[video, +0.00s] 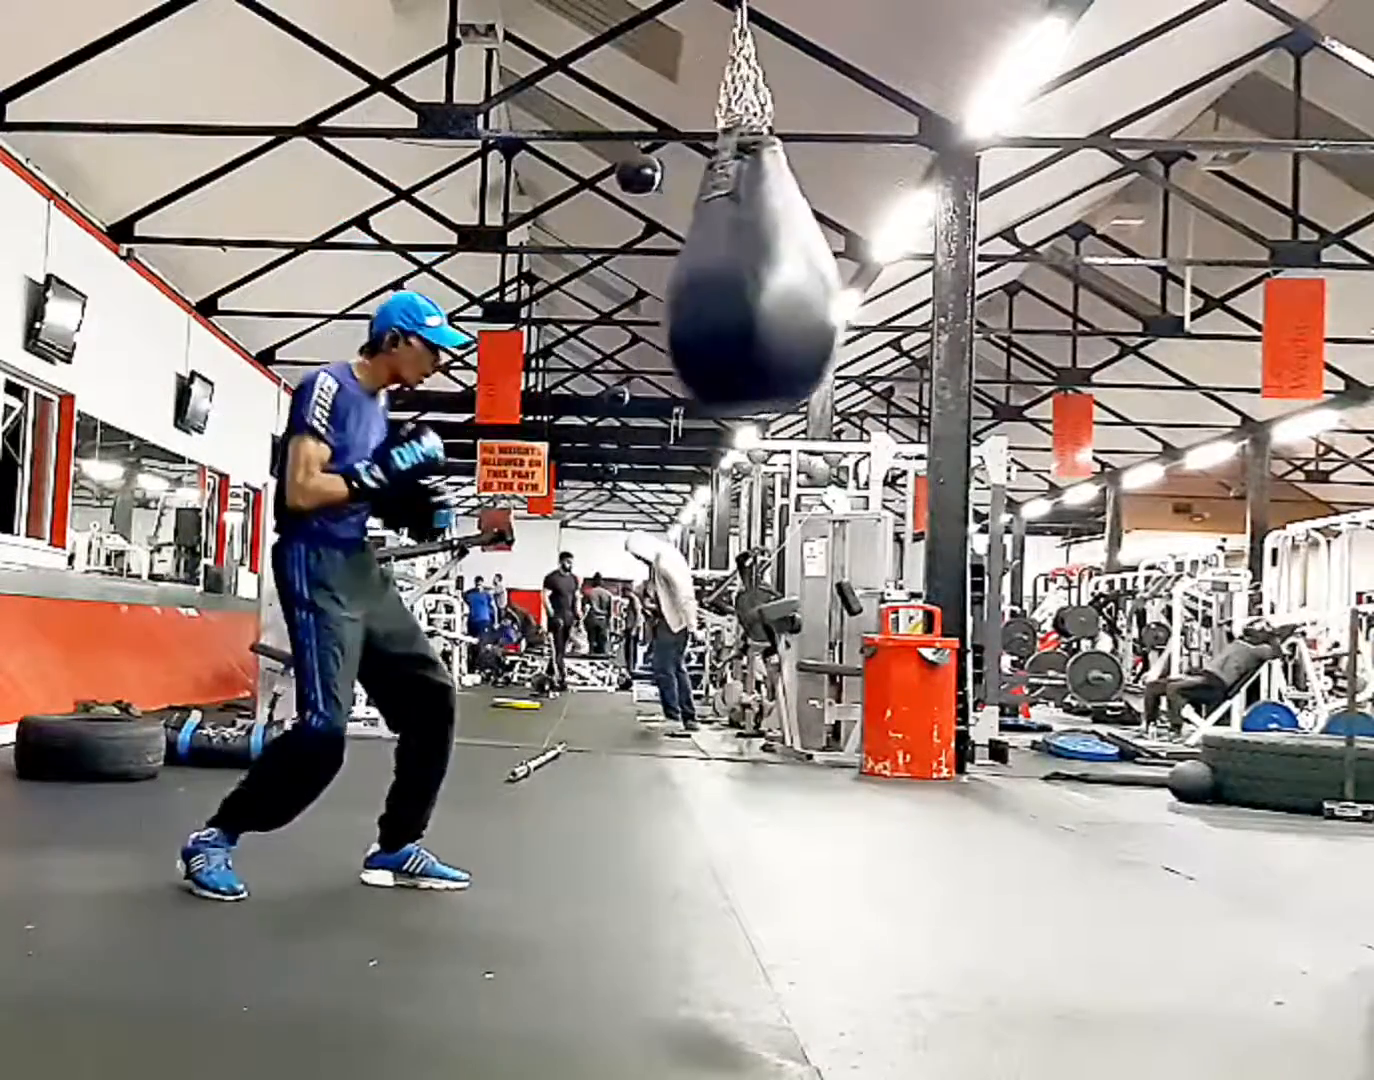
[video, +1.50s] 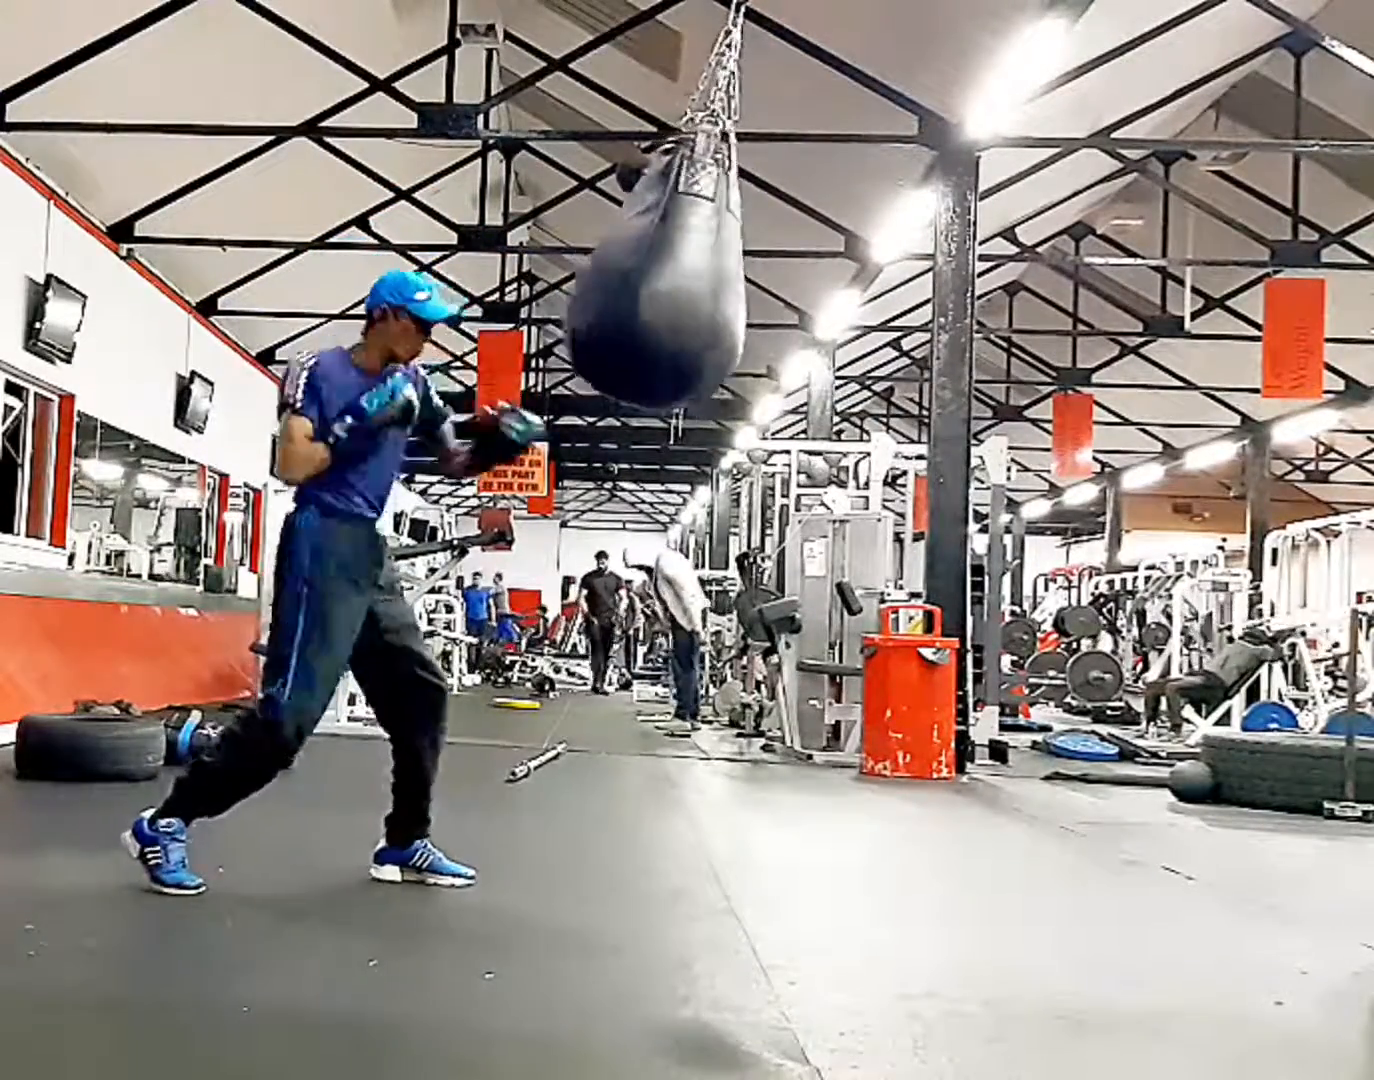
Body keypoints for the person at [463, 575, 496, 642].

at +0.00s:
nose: (478, 585)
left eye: (480, 583)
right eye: (477, 583)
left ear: (483, 583)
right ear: (475, 583)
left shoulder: (487, 595)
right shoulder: (469, 595)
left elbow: (494, 608)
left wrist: (495, 622)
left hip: (485, 621)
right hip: (473, 621)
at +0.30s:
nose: (478, 583)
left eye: (479, 581)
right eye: (476, 581)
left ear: (481, 581)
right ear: (474, 582)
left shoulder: (486, 593)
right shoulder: (468, 593)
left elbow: (492, 607)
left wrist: (492, 621)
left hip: (484, 618)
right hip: (472, 619)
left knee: (483, 640)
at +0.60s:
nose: (475, 584)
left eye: (476, 582)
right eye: (473, 582)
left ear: (479, 582)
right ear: (471, 582)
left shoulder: (483, 593)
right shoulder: (466, 593)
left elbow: (489, 606)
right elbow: (463, 605)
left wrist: (491, 620)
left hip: (481, 620)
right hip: (470, 620)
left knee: (481, 639)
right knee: (470, 639)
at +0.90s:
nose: (473, 583)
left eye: (475, 580)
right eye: (472, 580)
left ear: (478, 581)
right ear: (470, 581)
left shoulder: (483, 592)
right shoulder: (465, 591)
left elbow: (488, 606)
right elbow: (463, 604)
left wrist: (489, 620)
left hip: (480, 620)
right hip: (469, 620)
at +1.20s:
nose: (477, 583)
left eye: (479, 581)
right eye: (475, 581)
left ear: (482, 581)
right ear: (473, 581)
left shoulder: (486, 592)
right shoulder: (466, 591)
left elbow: (490, 607)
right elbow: (462, 606)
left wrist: (491, 622)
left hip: (482, 620)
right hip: (470, 620)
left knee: (482, 641)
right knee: (470, 640)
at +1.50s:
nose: (476, 581)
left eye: (477, 578)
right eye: (474, 579)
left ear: (481, 579)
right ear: (472, 579)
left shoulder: (486, 592)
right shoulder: (467, 591)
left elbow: (491, 606)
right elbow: (463, 605)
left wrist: (493, 620)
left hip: (483, 620)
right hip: (471, 620)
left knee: (482, 642)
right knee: (471, 640)